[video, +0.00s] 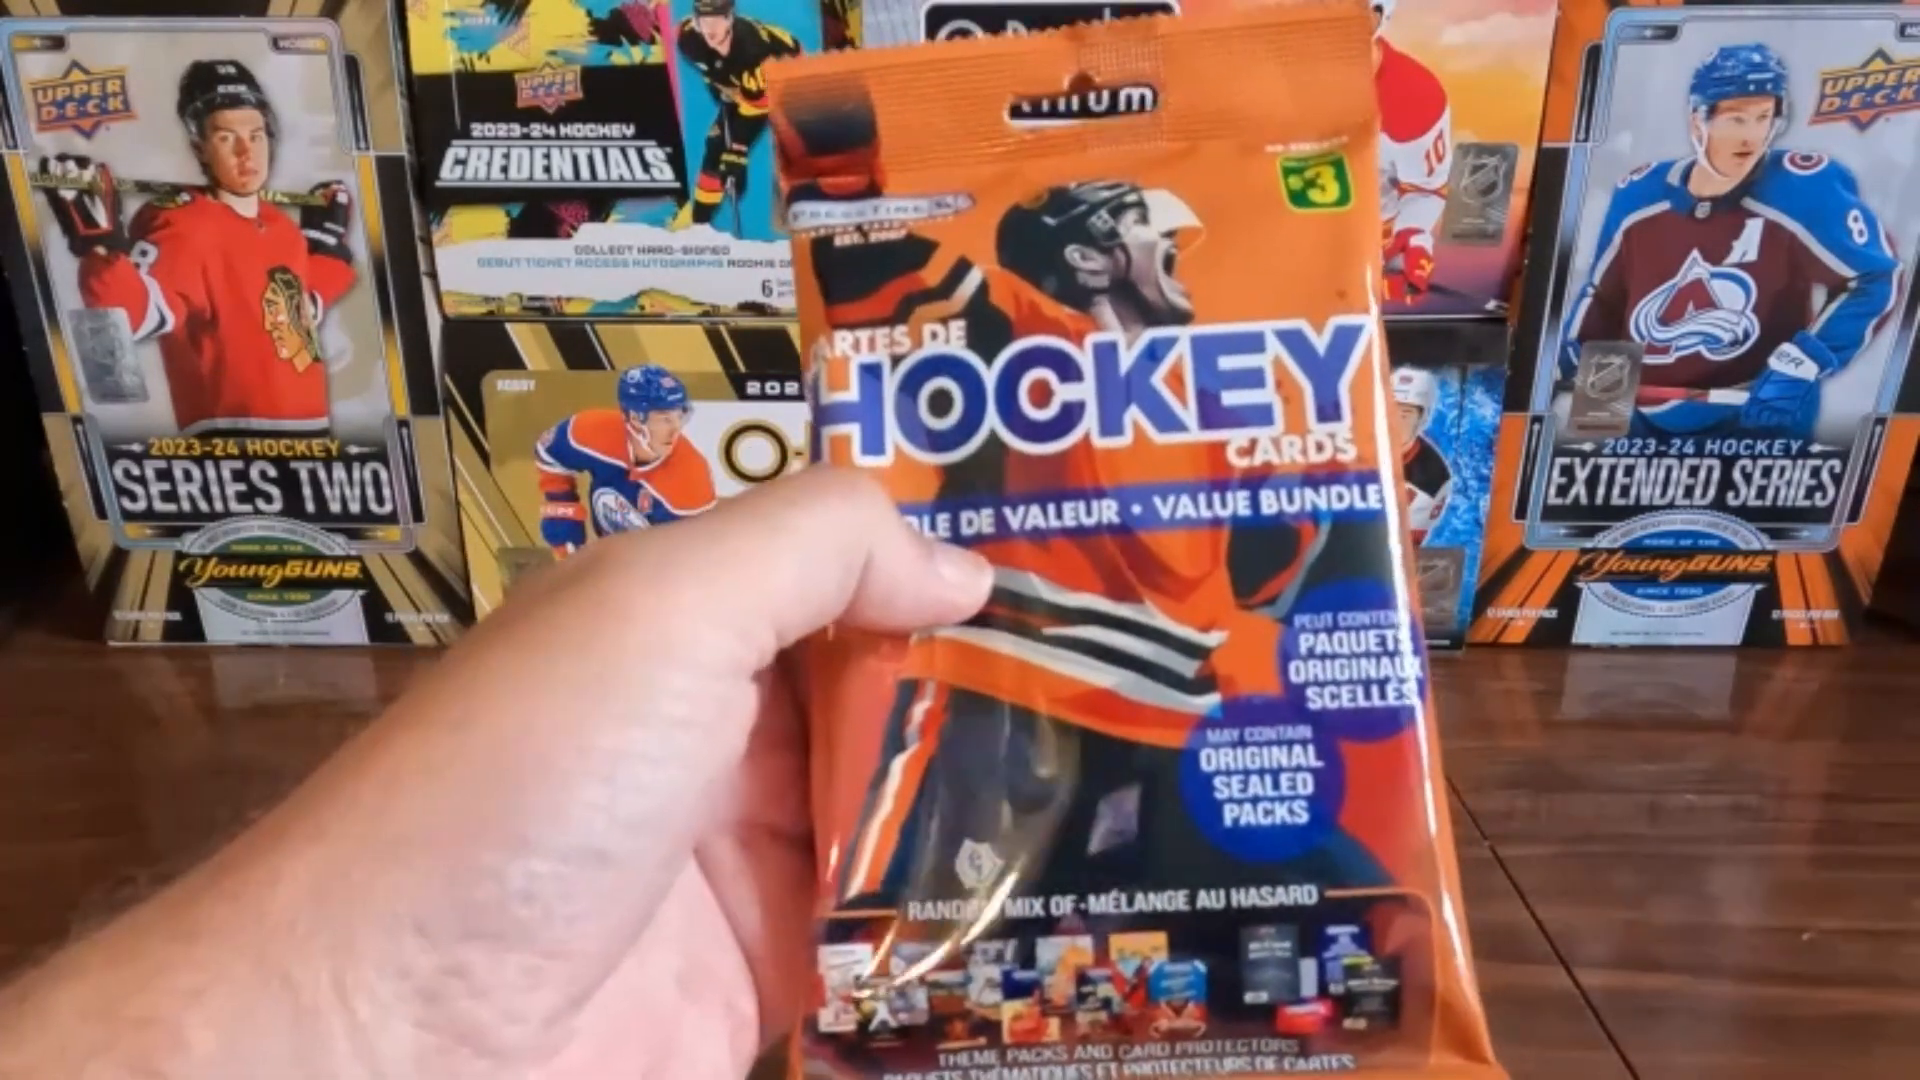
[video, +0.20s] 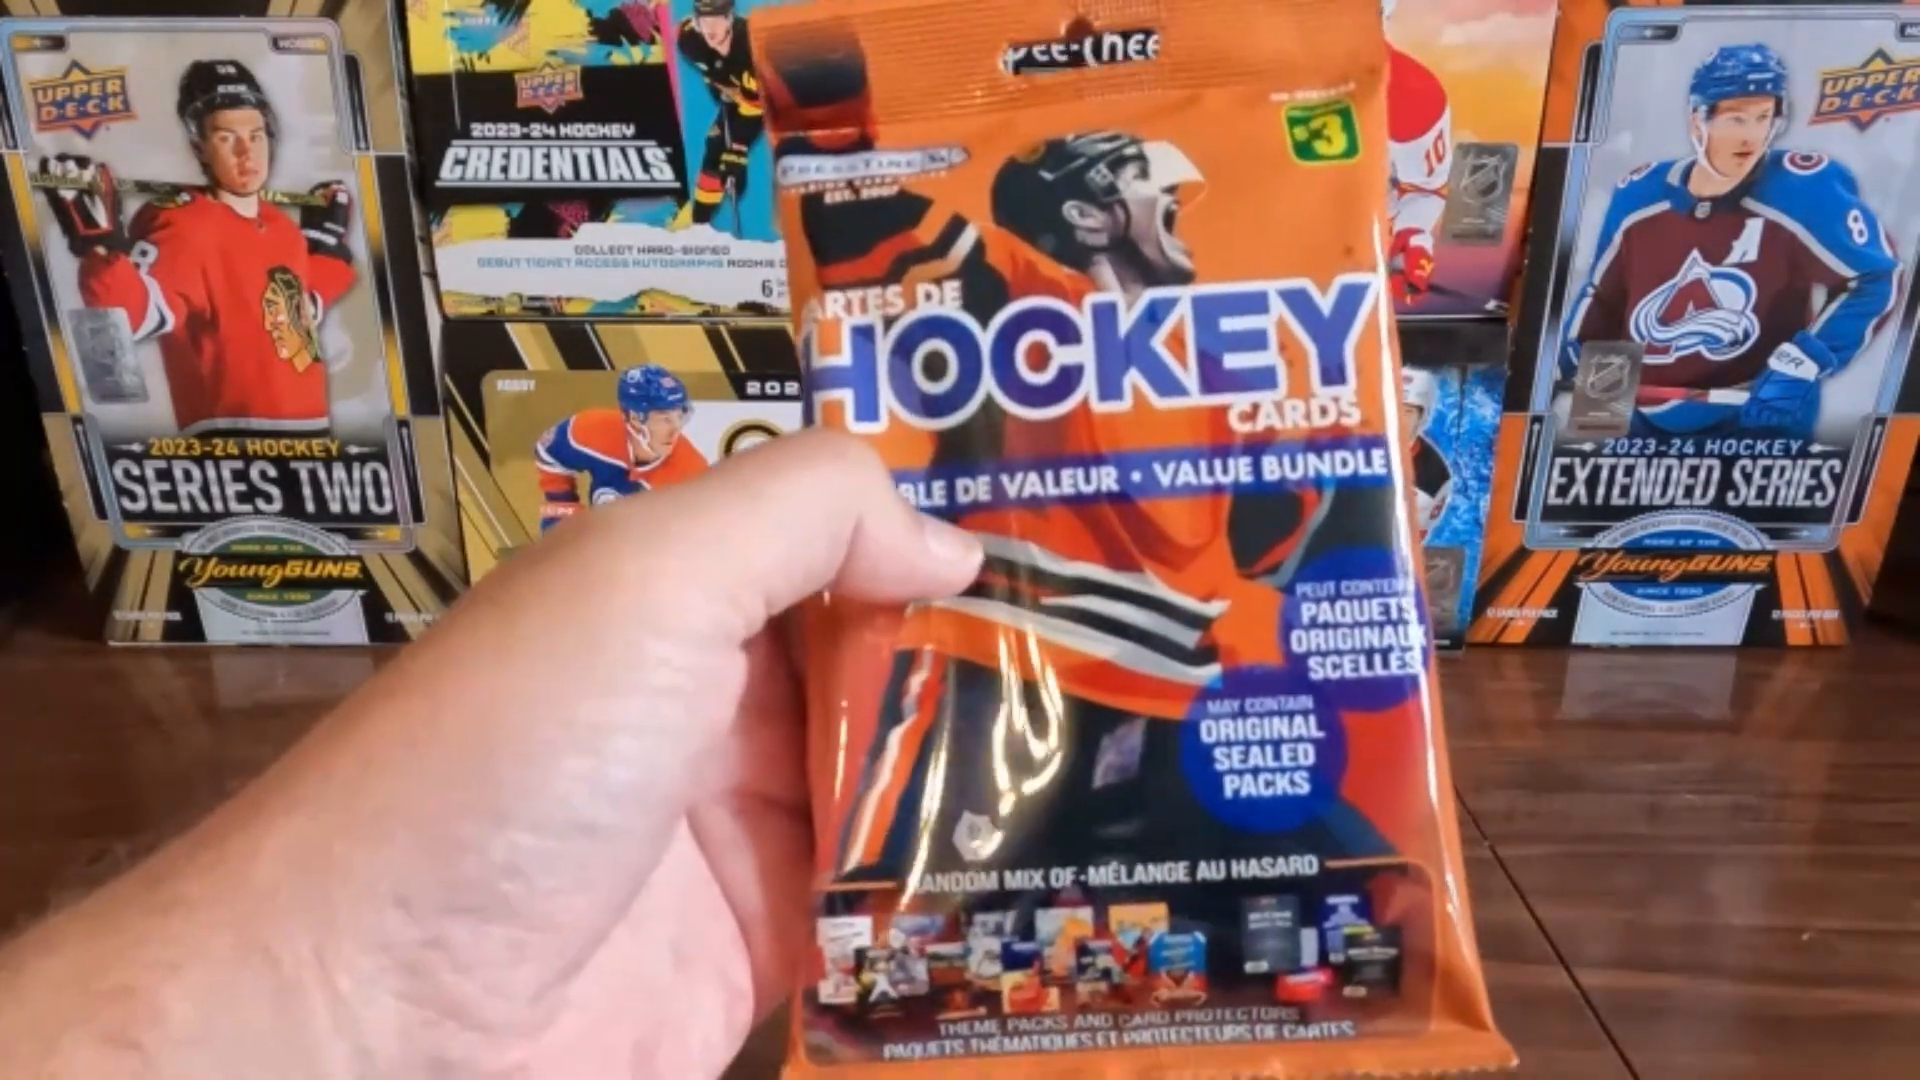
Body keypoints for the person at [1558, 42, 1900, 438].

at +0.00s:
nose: (1750, 135)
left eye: (1762, 118)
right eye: (1734, 119)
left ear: (1775, 123)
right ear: (1698, 124)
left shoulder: (1804, 193)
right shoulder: (1637, 197)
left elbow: (1878, 279)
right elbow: (1600, 297)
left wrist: (1801, 365)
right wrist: (1572, 366)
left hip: (1744, 427)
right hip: (1636, 422)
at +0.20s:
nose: (1750, 135)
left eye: (1762, 118)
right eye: (1734, 119)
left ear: (1775, 122)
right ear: (1698, 124)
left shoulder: (1804, 193)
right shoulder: (1638, 197)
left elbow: (1878, 279)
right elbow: (1600, 297)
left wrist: (1802, 364)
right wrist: (1575, 364)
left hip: (1743, 427)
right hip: (1636, 420)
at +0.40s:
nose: (1750, 135)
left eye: (1762, 118)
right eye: (1735, 119)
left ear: (1775, 123)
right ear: (1698, 124)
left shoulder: (1804, 193)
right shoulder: (1638, 198)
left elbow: (1878, 279)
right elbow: (1600, 297)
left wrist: (1802, 364)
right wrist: (1576, 359)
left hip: (1744, 427)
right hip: (1637, 421)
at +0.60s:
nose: (1750, 135)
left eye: (1762, 118)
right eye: (1735, 119)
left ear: (1775, 123)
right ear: (1698, 124)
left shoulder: (1804, 193)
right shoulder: (1638, 198)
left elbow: (1878, 279)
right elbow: (1600, 297)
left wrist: (1803, 363)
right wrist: (1576, 360)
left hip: (1743, 427)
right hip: (1637, 421)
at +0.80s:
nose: (1750, 135)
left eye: (1762, 118)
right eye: (1735, 119)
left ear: (1775, 122)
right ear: (1698, 124)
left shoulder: (1804, 192)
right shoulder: (1637, 197)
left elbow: (1878, 279)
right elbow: (1600, 297)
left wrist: (1802, 364)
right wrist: (1576, 360)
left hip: (1745, 427)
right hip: (1638, 422)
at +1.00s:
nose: (1750, 135)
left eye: (1762, 118)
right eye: (1734, 119)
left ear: (1775, 122)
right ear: (1698, 124)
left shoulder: (1804, 192)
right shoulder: (1637, 197)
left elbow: (1879, 278)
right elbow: (1600, 297)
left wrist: (1802, 364)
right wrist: (1576, 361)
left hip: (1744, 427)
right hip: (1637, 421)